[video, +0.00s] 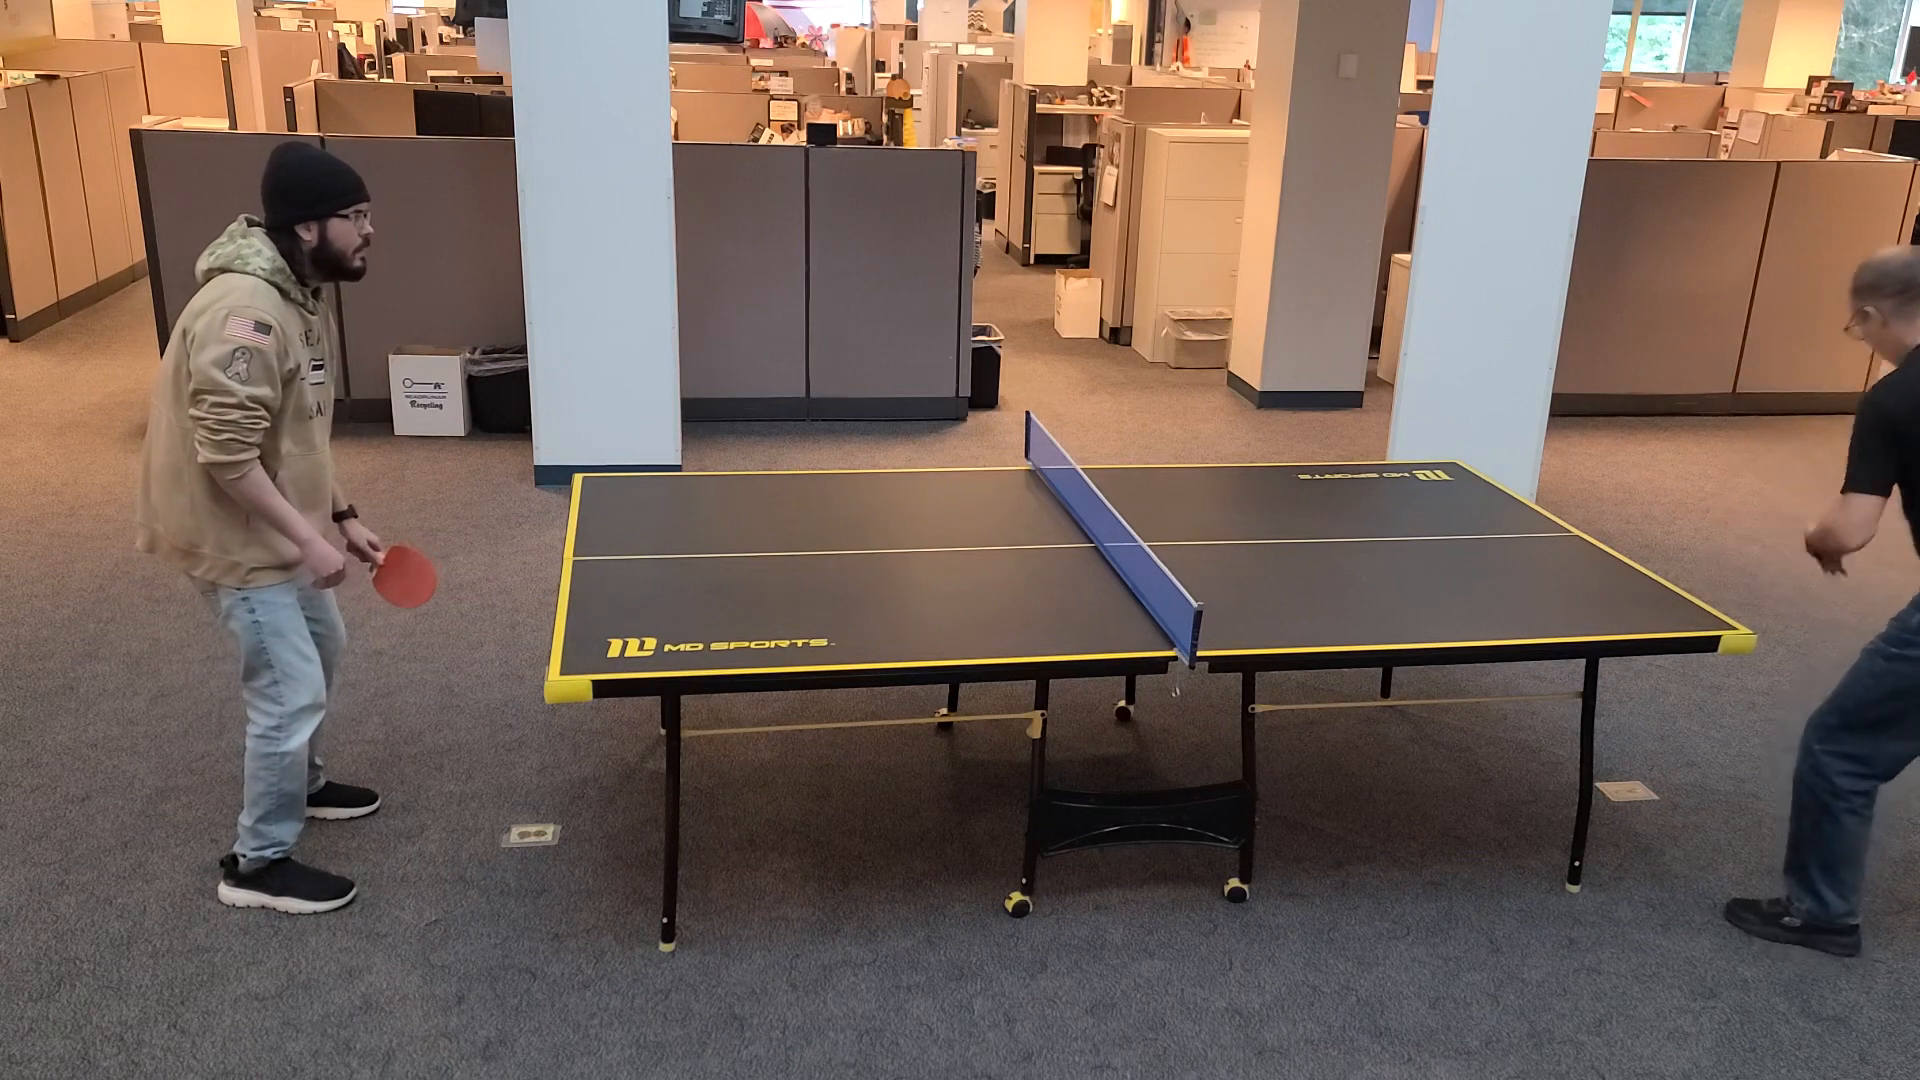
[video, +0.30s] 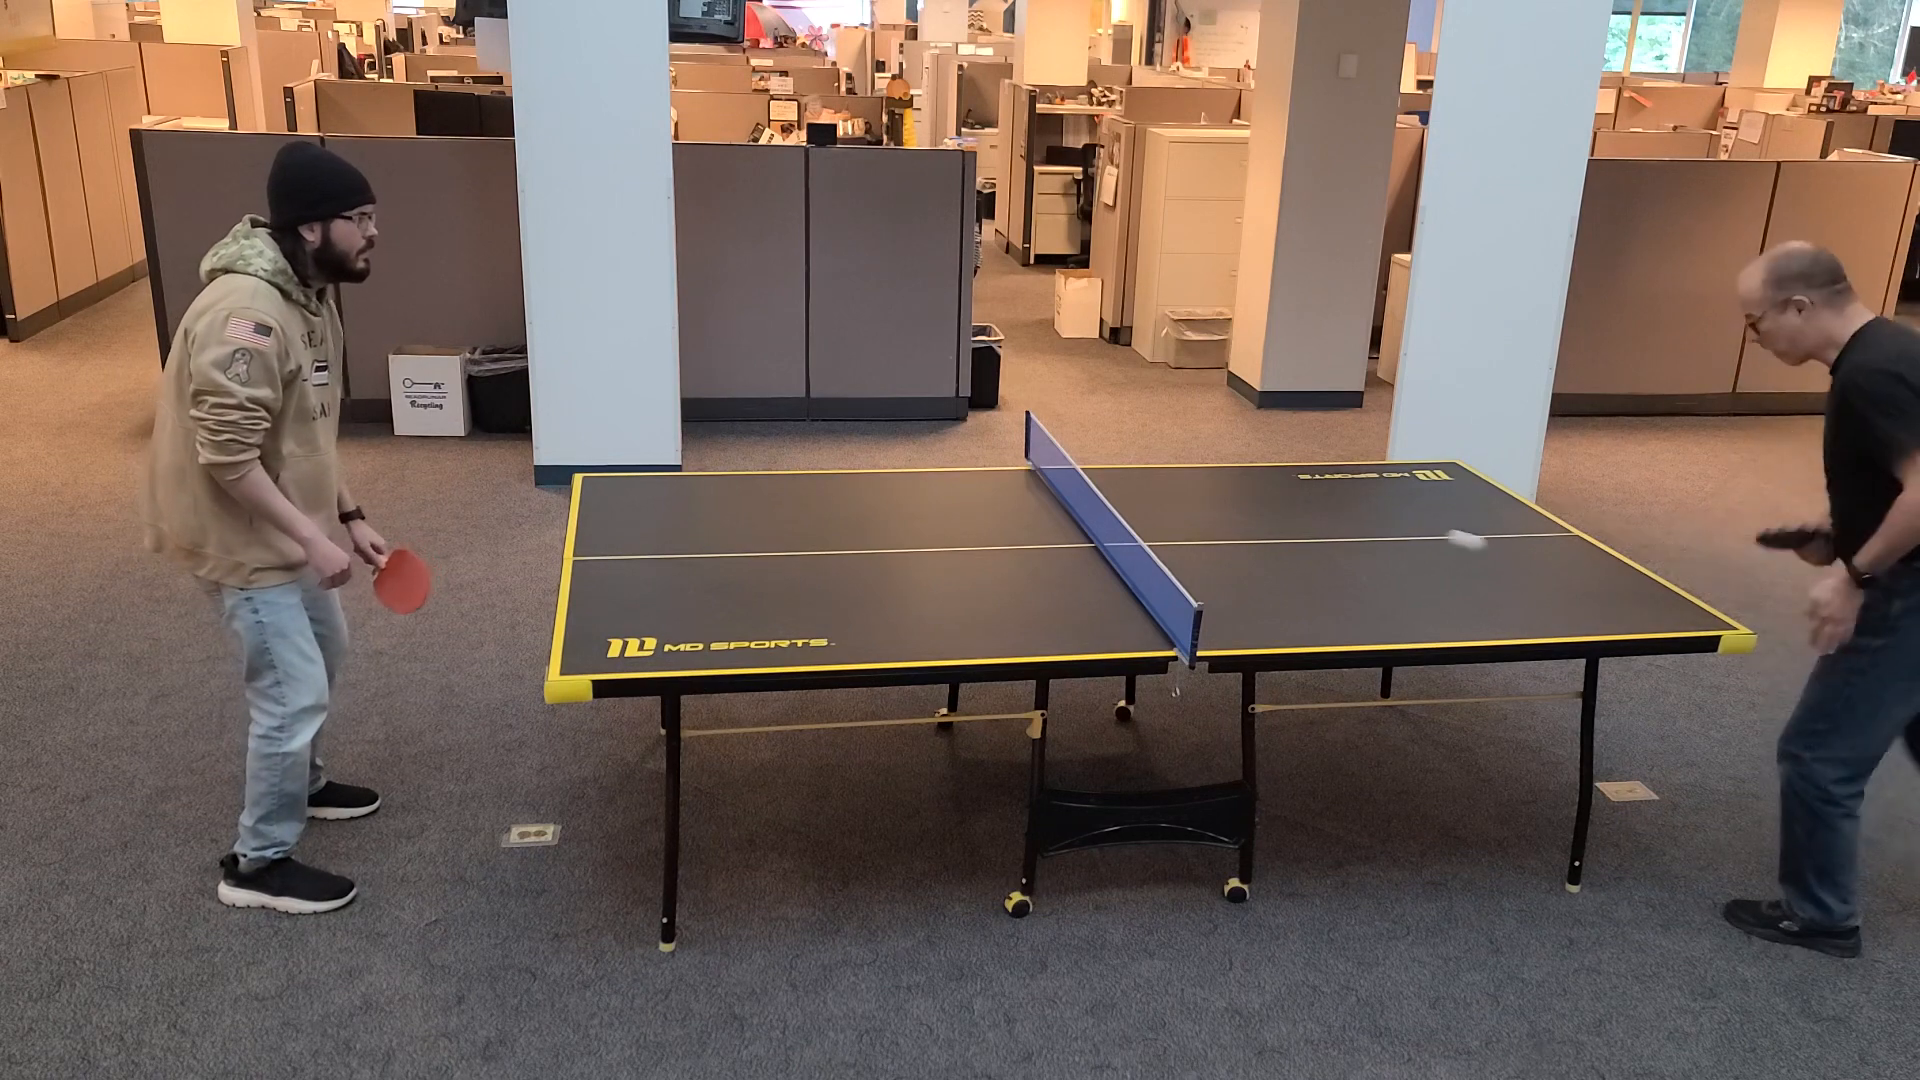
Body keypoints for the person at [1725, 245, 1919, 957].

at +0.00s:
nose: (1859, 335)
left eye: (1861, 321)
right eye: (1858, 322)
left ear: (1890, 312)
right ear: (1911, 310)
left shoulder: (1896, 398)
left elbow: (1853, 530)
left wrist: (1823, 540)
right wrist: (1833, 535)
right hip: (1919, 620)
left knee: (1840, 744)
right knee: (1848, 744)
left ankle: (1824, 911)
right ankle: (1825, 909)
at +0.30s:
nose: (1756, 340)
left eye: (1757, 324)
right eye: (1752, 326)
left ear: (1803, 307)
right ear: (1808, 304)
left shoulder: (1873, 371)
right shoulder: (1883, 352)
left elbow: (1919, 495)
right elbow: (1900, 488)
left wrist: (1854, 575)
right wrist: (1836, 536)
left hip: (1900, 606)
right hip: (1902, 598)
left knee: (1817, 756)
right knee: (1918, 740)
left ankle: (1822, 915)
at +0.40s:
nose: (1747, 318)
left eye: (1749, 302)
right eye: (1743, 304)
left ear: (1794, 290)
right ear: (1800, 287)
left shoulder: (1876, 362)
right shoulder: (1838, 350)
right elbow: (1864, 457)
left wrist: (1869, 573)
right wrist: (1816, 506)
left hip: (1895, 590)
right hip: (1880, 581)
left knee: (1816, 752)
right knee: (1882, 730)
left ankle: (1822, 913)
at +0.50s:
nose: (1738, 297)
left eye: (1746, 283)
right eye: (1736, 284)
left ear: (1796, 279)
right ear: (1797, 279)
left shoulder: (1877, 358)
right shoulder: (1815, 345)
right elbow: (1815, 442)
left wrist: (1859, 572)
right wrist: (1780, 494)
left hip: (1884, 577)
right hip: (1834, 561)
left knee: (1799, 741)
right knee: (1789, 680)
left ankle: (1821, 907)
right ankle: (1865, 823)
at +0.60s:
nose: (1731, 300)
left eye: (1740, 286)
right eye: (1731, 285)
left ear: (1793, 282)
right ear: (1789, 282)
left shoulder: (1868, 364)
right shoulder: (1799, 344)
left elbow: (1912, 487)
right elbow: (1776, 432)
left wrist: (1843, 578)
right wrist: (1748, 479)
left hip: (1874, 564)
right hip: (1810, 547)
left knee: (1785, 732)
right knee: (1745, 650)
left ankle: (1819, 905)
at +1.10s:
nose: (1728, 298)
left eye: (1744, 287)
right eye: (1727, 284)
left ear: (1799, 287)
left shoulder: (1869, 354)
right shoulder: (1747, 348)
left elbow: (1914, 466)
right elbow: (1710, 423)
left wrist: (1847, 548)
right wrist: (1696, 492)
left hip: (1868, 542)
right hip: (1778, 530)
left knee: (1884, 696)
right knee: (1697, 626)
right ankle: (1699, 738)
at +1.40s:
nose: (1812, 325)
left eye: (1829, 313)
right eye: (1810, 308)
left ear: (1885, 312)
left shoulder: (1919, 374)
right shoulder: (1812, 365)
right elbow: (1775, 447)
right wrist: (1764, 528)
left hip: (1907, 567)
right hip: (1826, 546)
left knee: (1910, 713)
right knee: (1736, 633)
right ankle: (1704, 739)